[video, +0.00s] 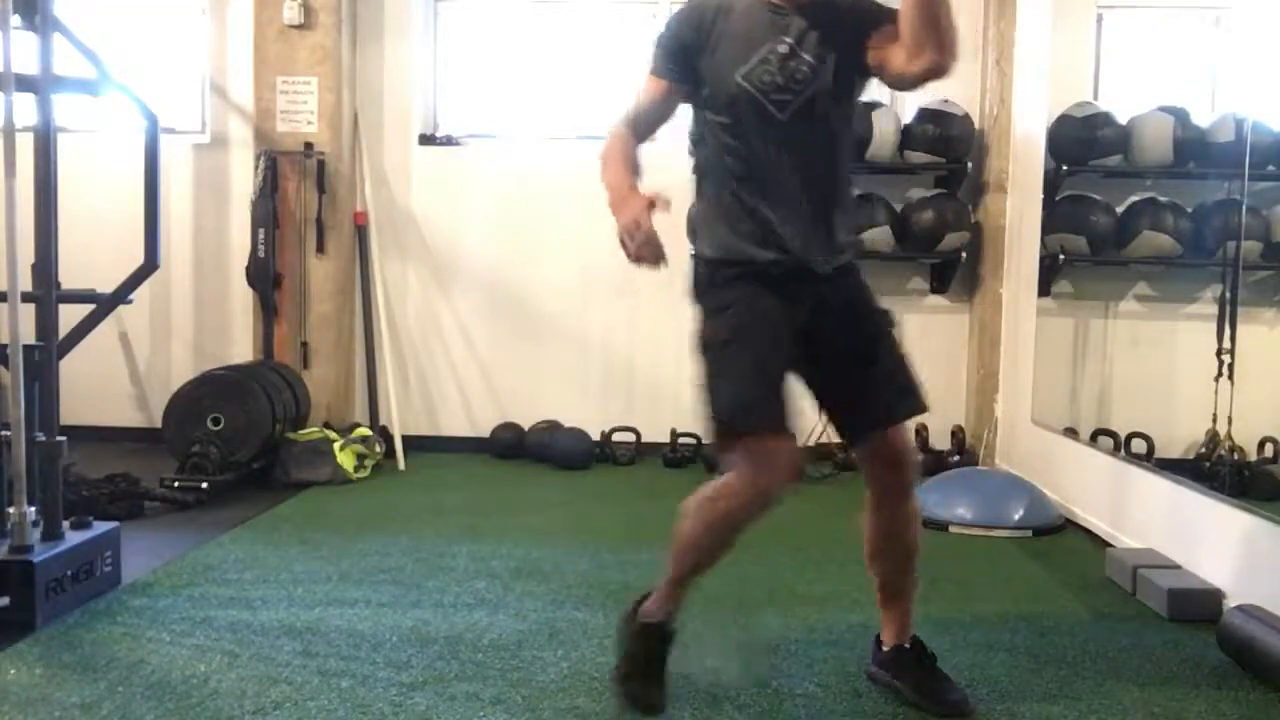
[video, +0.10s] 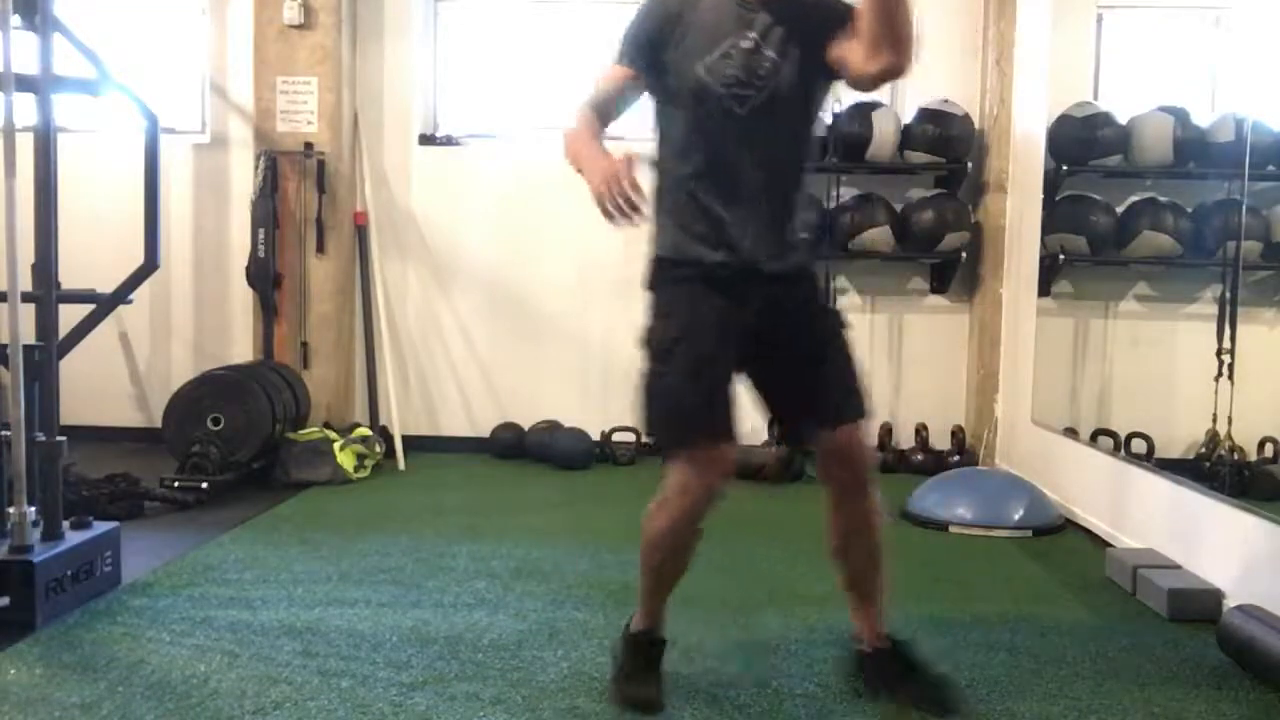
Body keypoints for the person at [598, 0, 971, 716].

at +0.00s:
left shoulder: (850, 18)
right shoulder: (708, 15)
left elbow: (929, 54)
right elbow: (624, 136)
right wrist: (625, 199)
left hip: (828, 271)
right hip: (738, 268)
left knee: (895, 460)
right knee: (766, 466)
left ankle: (897, 648)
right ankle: (655, 615)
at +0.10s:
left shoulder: (812, 15)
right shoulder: (672, 13)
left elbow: (884, 58)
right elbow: (584, 122)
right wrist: (595, 159)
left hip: (787, 276)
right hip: (694, 274)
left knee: (849, 456)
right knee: (701, 467)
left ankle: (875, 648)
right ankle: (644, 637)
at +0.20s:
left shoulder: (783, 14)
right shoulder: (646, 8)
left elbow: (833, 75)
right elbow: (581, 79)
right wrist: (556, 103)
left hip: (746, 265)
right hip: (656, 261)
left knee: (805, 453)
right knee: (652, 454)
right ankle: (635, 634)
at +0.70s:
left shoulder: (606, 12)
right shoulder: (451, 2)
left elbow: (677, 145)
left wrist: (709, 279)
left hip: (529, 241)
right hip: (437, 238)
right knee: (404, 434)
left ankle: (629, 555)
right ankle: (409, 643)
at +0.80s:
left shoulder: (595, 6)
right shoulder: (433, 3)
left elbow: (676, 111)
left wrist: (728, 231)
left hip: (517, 215)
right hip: (430, 218)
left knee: (387, 344)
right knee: (402, 432)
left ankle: (512, 509)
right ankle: (410, 642)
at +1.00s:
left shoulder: (570, 15)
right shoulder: (423, 10)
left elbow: (668, 108)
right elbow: (337, 64)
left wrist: (737, 206)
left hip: (510, 241)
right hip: (434, 244)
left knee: (320, 115)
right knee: (373, 453)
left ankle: (325, 352)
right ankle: (415, 645)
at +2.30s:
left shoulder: (902, 8)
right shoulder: (742, 9)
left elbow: (960, 52)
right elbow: (651, 119)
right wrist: (725, 154)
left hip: (873, 265)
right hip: (780, 255)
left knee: (932, 469)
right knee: (958, 191)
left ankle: (901, 667)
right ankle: (888, 429)